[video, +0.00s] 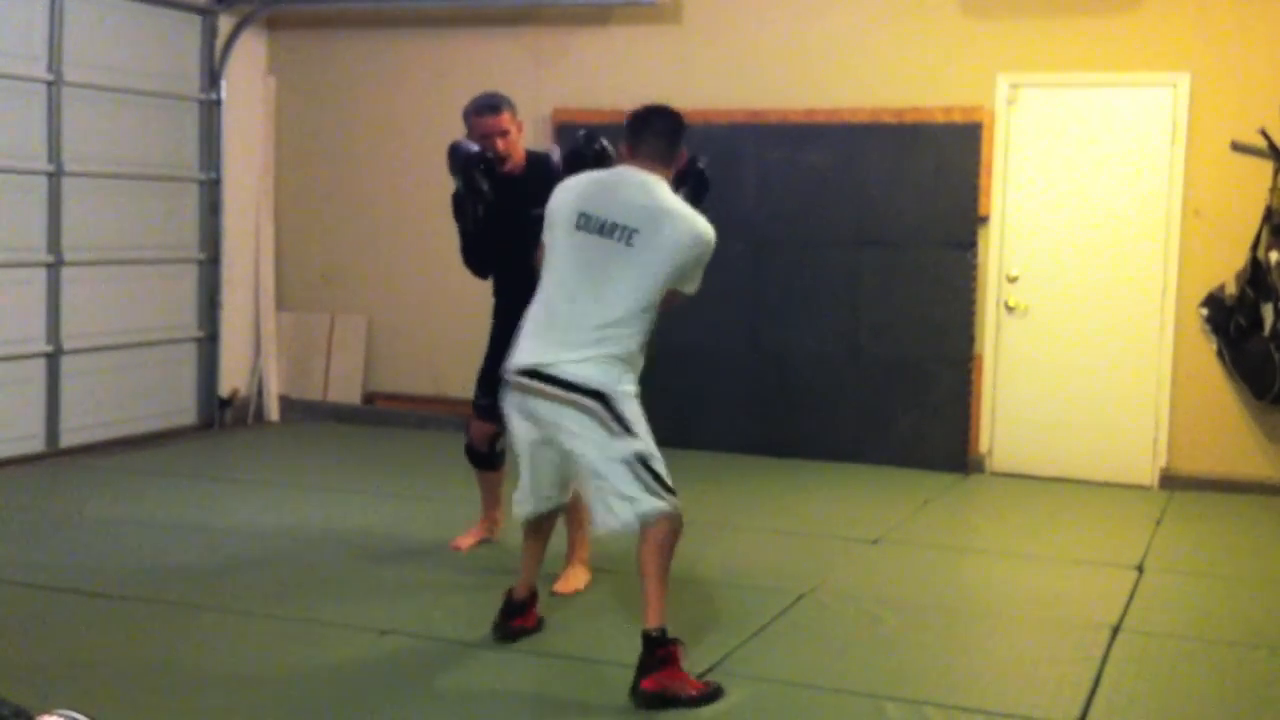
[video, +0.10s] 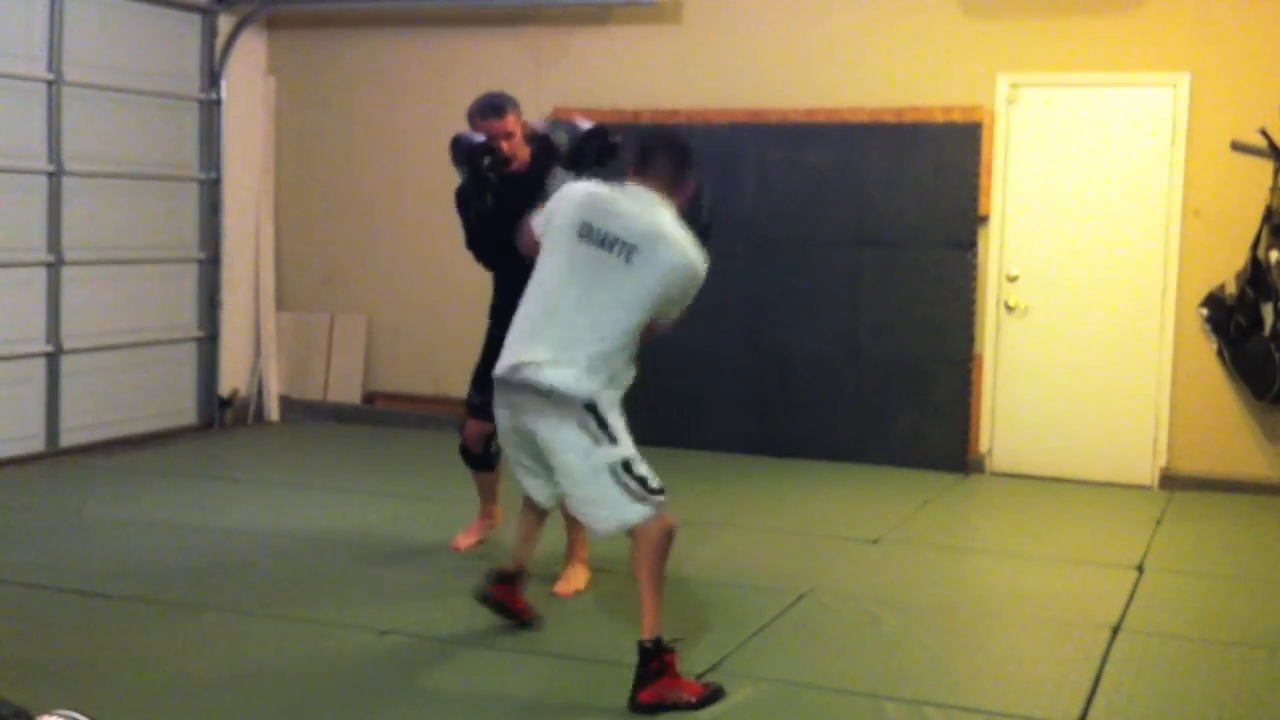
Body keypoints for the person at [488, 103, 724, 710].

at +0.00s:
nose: (663, 165)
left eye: (636, 150)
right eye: (677, 158)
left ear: (621, 148)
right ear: (681, 160)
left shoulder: (568, 190)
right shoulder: (692, 230)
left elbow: (548, 266)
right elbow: (668, 297)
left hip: (526, 372)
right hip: (597, 387)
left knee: (544, 493)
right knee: (661, 513)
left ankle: (519, 604)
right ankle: (657, 660)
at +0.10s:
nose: (682, 192)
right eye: (686, 184)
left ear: (632, 166)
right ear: (684, 186)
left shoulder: (575, 195)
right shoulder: (684, 255)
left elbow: (529, 240)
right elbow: (656, 323)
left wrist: (593, 251)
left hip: (514, 381)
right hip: (577, 394)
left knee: (540, 488)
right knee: (653, 523)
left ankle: (509, 581)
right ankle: (654, 669)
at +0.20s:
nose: (650, 215)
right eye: (651, 207)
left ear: (597, 190)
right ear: (646, 207)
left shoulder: (542, 221)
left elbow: (533, 200)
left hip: (510, 416)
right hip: (580, 425)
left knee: (502, 490)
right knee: (677, 530)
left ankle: (456, 580)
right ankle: (660, 668)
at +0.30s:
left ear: (525, 189)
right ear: (582, 192)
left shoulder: (490, 239)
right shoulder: (605, 247)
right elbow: (636, 331)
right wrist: (627, 374)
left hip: (519, 424)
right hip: (600, 421)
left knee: (493, 497)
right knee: (671, 528)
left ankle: (452, 593)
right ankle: (671, 654)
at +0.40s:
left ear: (454, 216)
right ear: (517, 199)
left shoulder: (445, 270)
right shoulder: (561, 236)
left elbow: (445, 368)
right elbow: (645, 284)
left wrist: (493, 362)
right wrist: (636, 230)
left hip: (519, 419)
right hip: (598, 413)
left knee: (478, 491)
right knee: (651, 516)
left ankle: (448, 594)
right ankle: (685, 626)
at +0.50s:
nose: (433, 244)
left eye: (432, 233)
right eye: (432, 233)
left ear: (443, 227)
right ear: (488, 210)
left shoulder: (454, 267)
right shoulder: (535, 237)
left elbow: (475, 343)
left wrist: (449, 397)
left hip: (503, 408)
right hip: (578, 401)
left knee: (462, 484)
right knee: (641, 500)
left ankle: (446, 592)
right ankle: (685, 605)